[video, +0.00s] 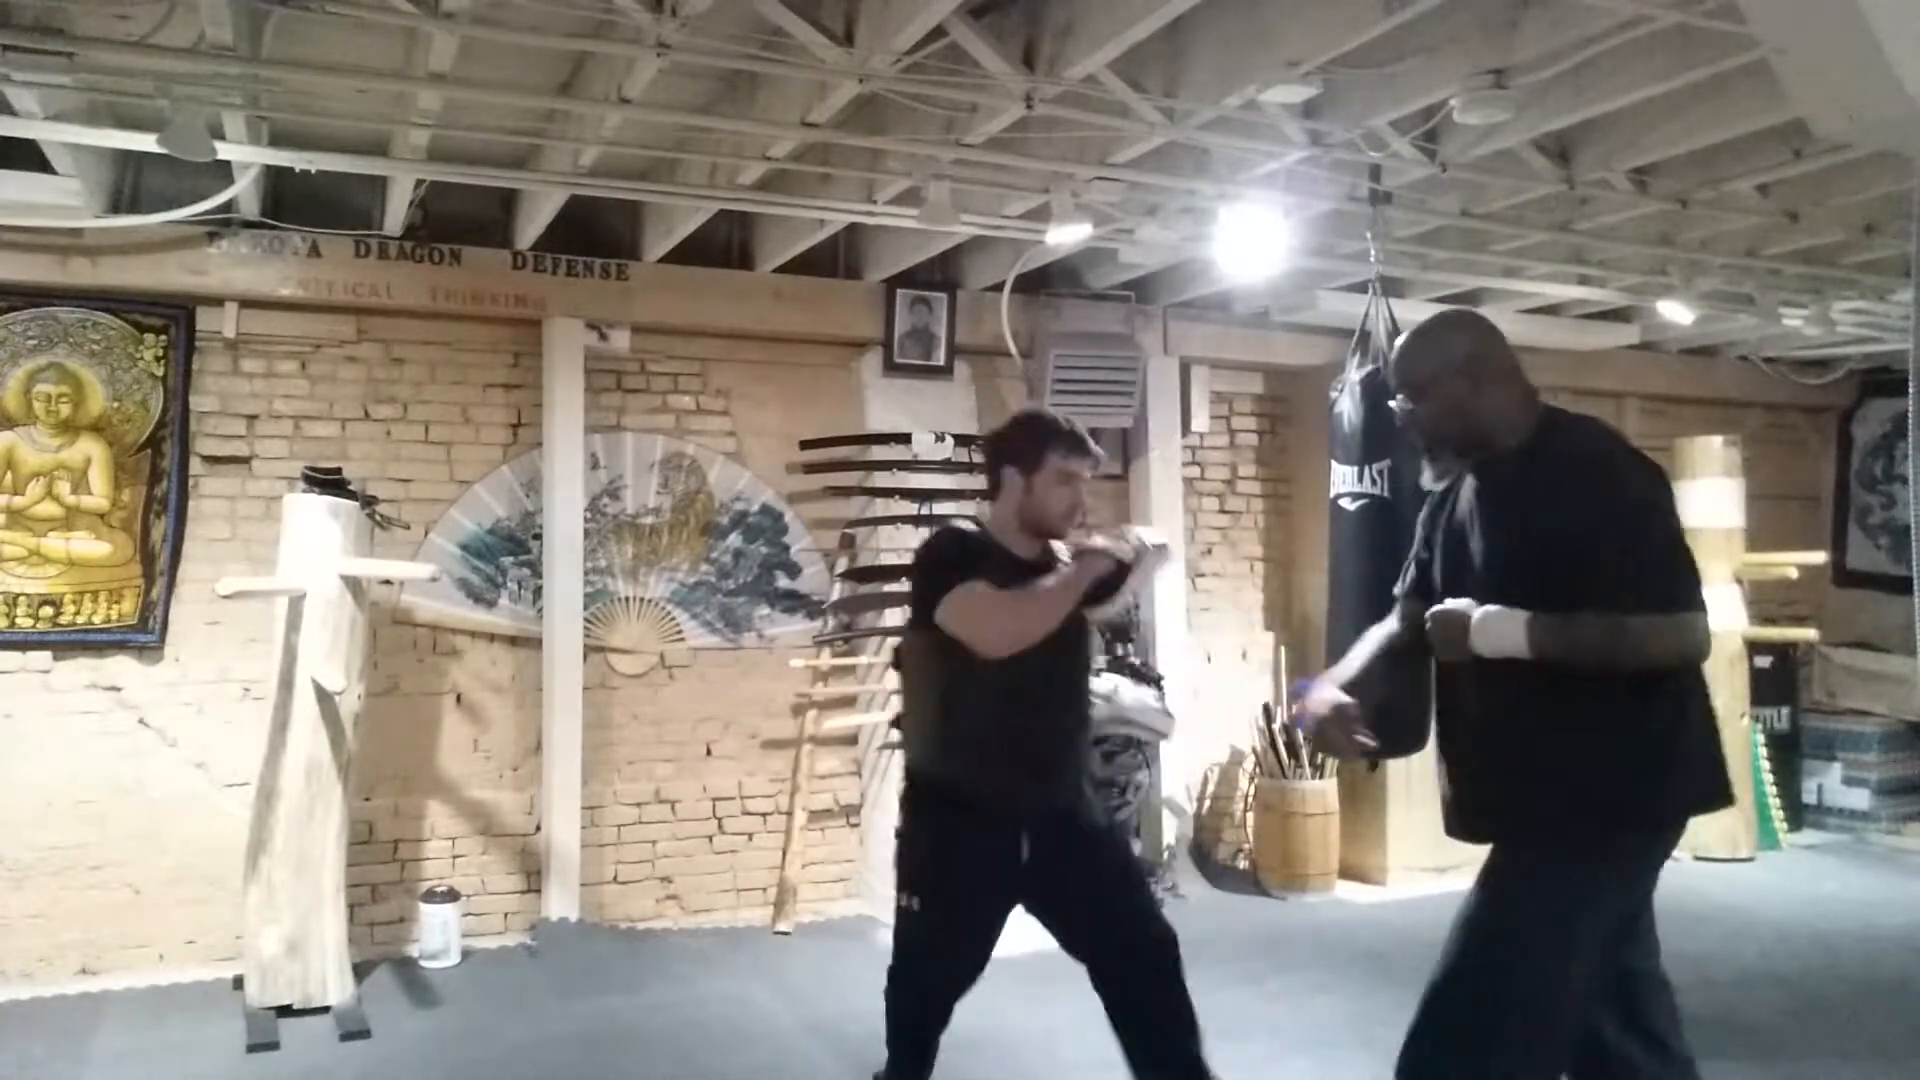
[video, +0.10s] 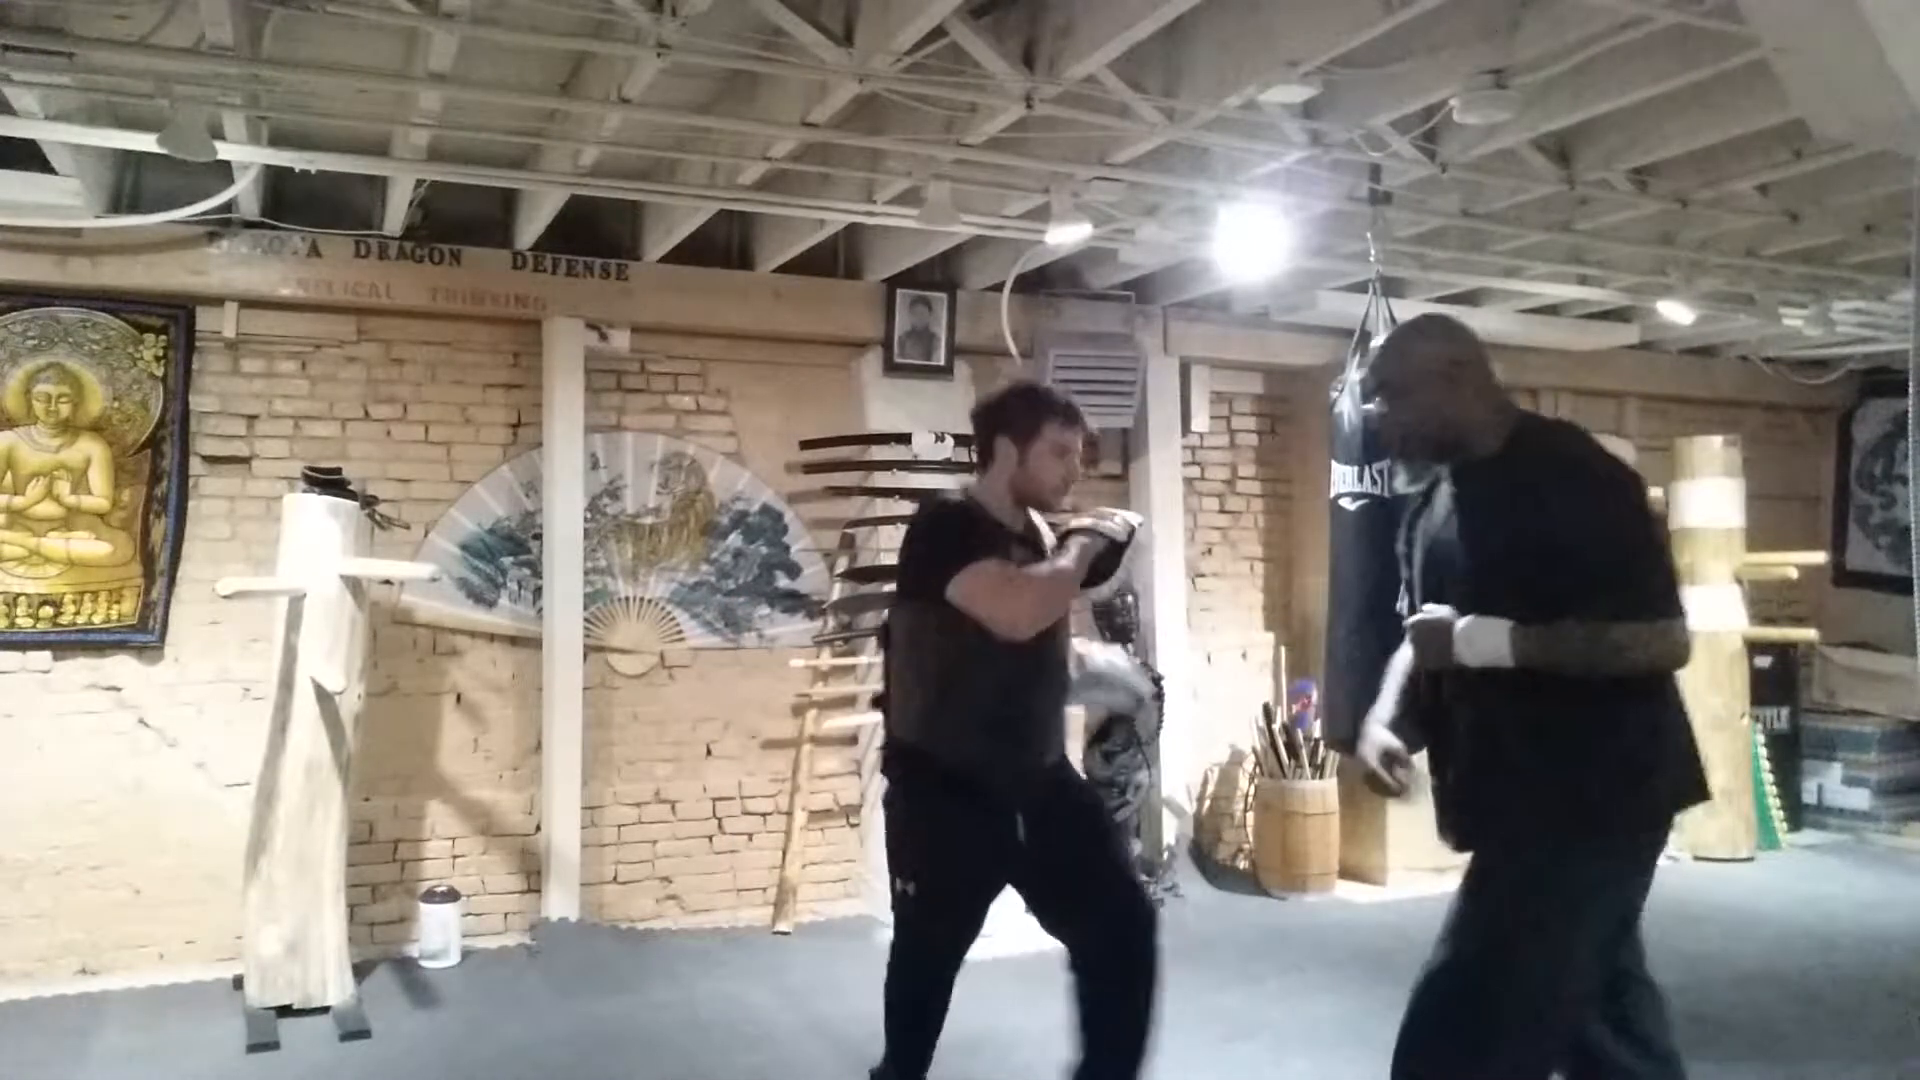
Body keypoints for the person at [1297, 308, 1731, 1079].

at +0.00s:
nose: (1403, 421)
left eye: (1413, 397)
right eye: (1399, 402)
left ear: (1475, 380)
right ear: (1466, 388)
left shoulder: (1606, 472)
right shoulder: (1457, 495)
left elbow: (1681, 634)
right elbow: (1409, 612)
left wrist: (1497, 630)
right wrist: (1336, 684)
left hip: (1613, 807)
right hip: (1537, 806)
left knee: (1459, 1051)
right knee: (1624, 1036)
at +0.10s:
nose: (1382, 422)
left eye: (1391, 395)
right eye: (1377, 401)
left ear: (1456, 377)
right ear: (1451, 383)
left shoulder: (1582, 475)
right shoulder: (1434, 501)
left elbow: (1664, 639)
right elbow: (1425, 630)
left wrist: (1483, 641)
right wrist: (1383, 719)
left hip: (1598, 808)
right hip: (1518, 807)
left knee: (1457, 1043)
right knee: (1612, 1030)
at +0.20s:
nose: (1346, 431)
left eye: (1355, 408)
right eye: (1341, 412)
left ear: (1423, 386)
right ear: (1422, 390)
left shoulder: (1541, 480)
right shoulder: (1416, 507)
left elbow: (1624, 658)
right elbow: (1425, 654)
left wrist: (1449, 653)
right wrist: (1411, 760)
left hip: (1576, 801)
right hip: (1496, 801)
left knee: (1437, 1047)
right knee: (1583, 1033)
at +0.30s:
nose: (1326, 435)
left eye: (1333, 414)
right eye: (1320, 418)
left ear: (1391, 389)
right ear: (1391, 392)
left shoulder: (1508, 480)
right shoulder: (1406, 495)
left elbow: (1580, 663)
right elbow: (1428, 645)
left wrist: (1415, 659)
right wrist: (1404, 746)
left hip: (1571, 781)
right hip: (1493, 780)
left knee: (1432, 1034)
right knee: (1509, 1018)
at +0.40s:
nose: (1318, 429)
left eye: (1328, 409)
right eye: (1314, 411)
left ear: (1393, 388)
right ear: (1392, 392)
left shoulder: (1486, 477)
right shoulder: (1414, 487)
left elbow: (1528, 660)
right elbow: (1435, 650)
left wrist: (1371, 648)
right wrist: (1371, 731)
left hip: (1557, 777)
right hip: (1494, 773)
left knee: (1428, 1034)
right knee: (1487, 1006)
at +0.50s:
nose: (1321, 439)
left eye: (1330, 418)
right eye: (1317, 421)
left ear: (1391, 400)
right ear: (1390, 403)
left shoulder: (1485, 485)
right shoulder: (1407, 503)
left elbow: (1513, 666)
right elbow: (1409, 657)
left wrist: (1356, 646)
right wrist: (1324, 739)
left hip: (1552, 789)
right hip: (1489, 787)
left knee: (1422, 1004)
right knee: (1488, 1007)